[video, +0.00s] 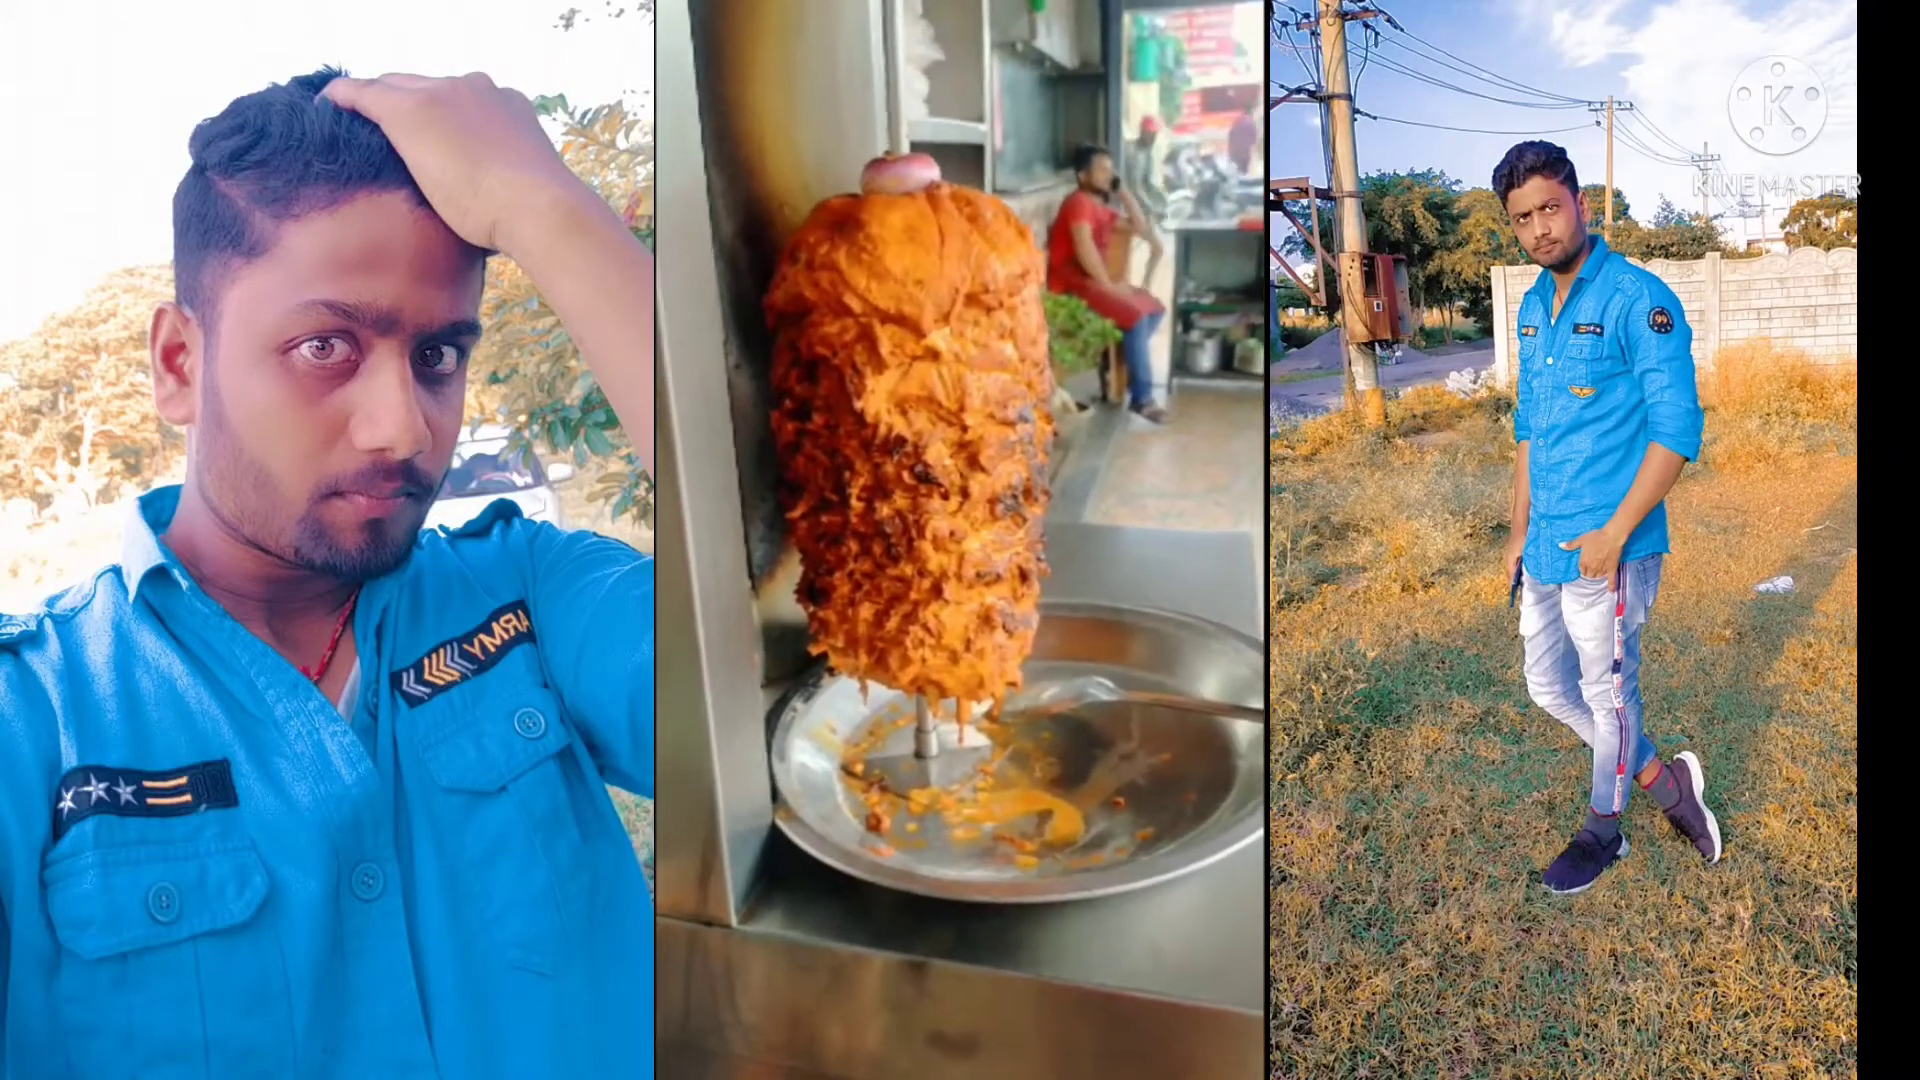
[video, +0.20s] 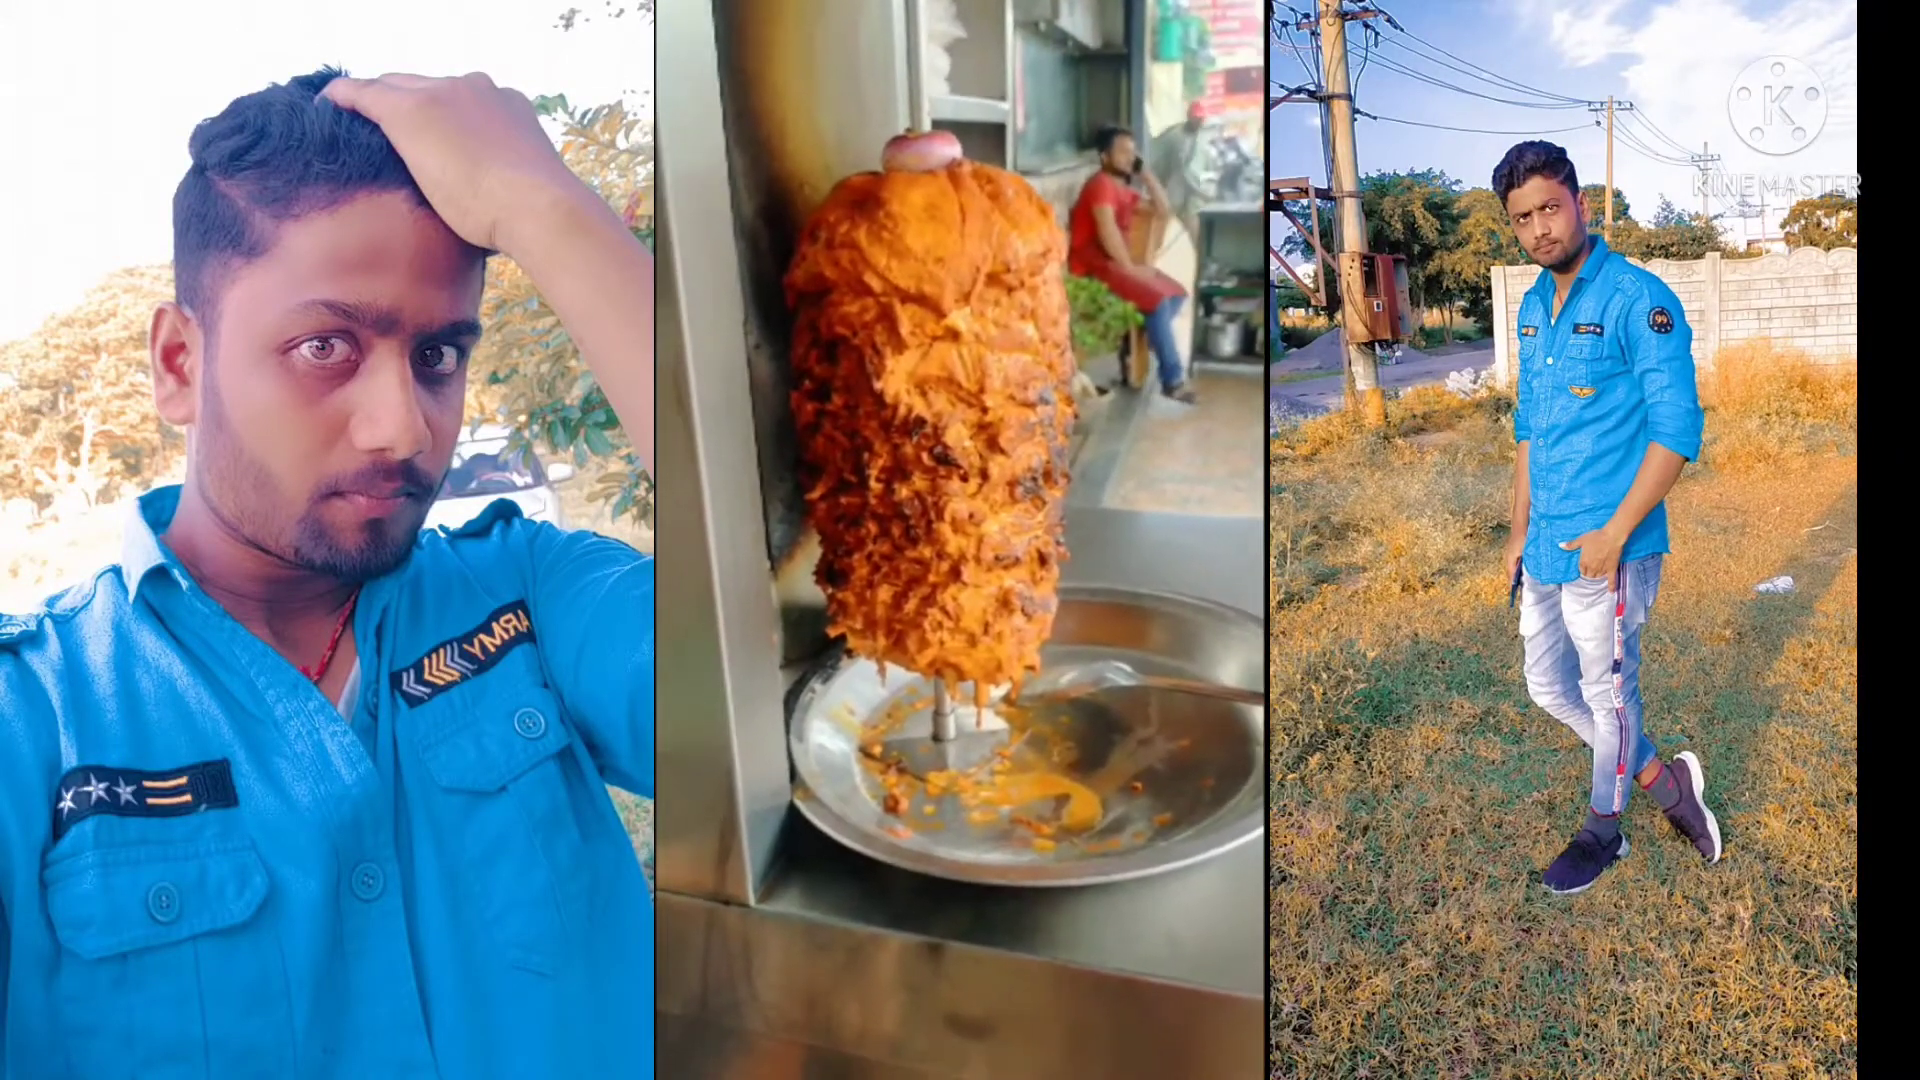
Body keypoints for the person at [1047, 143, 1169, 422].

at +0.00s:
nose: (1109, 175)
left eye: (1110, 169)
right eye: (1102, 169)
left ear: (1109, 174)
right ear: (1083, 175)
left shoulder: (1102, 207)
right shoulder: (1078, 203)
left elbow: (1139, 227)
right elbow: (1083, 248)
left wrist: (1123, 193)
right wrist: (1107, 283)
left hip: (1094, 279)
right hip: (1072, 282)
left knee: (1155, 309)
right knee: (1134, 317)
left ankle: (1111, 361)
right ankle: (1142, 399)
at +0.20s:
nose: (1131, 158)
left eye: (1133, 152)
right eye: (1124, 152)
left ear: (1134, 156)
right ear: (1105, 156)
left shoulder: (1124, 188)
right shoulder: (1100, 185)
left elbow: (1161, 210)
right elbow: (1106, 232)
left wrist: (1146, 176)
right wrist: (1128, 266)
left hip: (1117, 260)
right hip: (1093, 264)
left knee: (1176, 295)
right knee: (1156, 301)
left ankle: (1133, 344)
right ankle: (1173, 380)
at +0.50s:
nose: (1150, 129)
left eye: (1153, 122)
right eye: (1143, 122)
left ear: (1155, 127)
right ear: (1125, 127)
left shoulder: (1144, 160)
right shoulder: (1121, 156)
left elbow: (1183, 183)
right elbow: (1126, 207)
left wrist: (1167, 146)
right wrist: (1152, 242)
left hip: (1133, 234)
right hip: (1113, 237)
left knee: (1197, 268)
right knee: (1180, 272)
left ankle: (1154, 326)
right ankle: (1163, 350)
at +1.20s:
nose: (1178, 122)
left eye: (1181, 116)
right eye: (1171, 116)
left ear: (1183, 121)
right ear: (1153, 120)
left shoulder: (1172, 154)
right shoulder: (1148, 149)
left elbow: (1209, 178)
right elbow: (1150, 200)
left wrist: (1195, 141)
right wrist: (1175, 237)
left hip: (1163, 228)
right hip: (1139, 230)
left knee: (1220, 262)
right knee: (1198, 269)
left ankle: (1181, 322)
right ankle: (1148, 328)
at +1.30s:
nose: (1185, 84)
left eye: (1188, 79)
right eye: (1178, 78)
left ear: (1190, 83)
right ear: (1160, 82)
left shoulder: (1179, 117)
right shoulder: (1154, 112)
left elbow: (1215, 143)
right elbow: (1155, 162)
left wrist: (1202, 105)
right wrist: (1178, 202)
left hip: (1171, 193)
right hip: (1146, 194)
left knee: (1225, 229)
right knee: (1202, 236)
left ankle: (1183, 288)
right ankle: (1150, 295)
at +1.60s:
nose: (1185, 121)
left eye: (1188, 115)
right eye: (1178, 115)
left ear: (1190, 119)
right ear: (1160, 117)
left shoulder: (1176, 152)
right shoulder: (1154, 147)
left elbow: (1213, 177)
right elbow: (1153, 197)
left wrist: (1203, 141)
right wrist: (1176, 236)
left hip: (1160, 228)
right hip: (1136, 229)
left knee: (1220, 264)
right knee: (1197, 269)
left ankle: (1170, 323)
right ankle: (1145, 328)